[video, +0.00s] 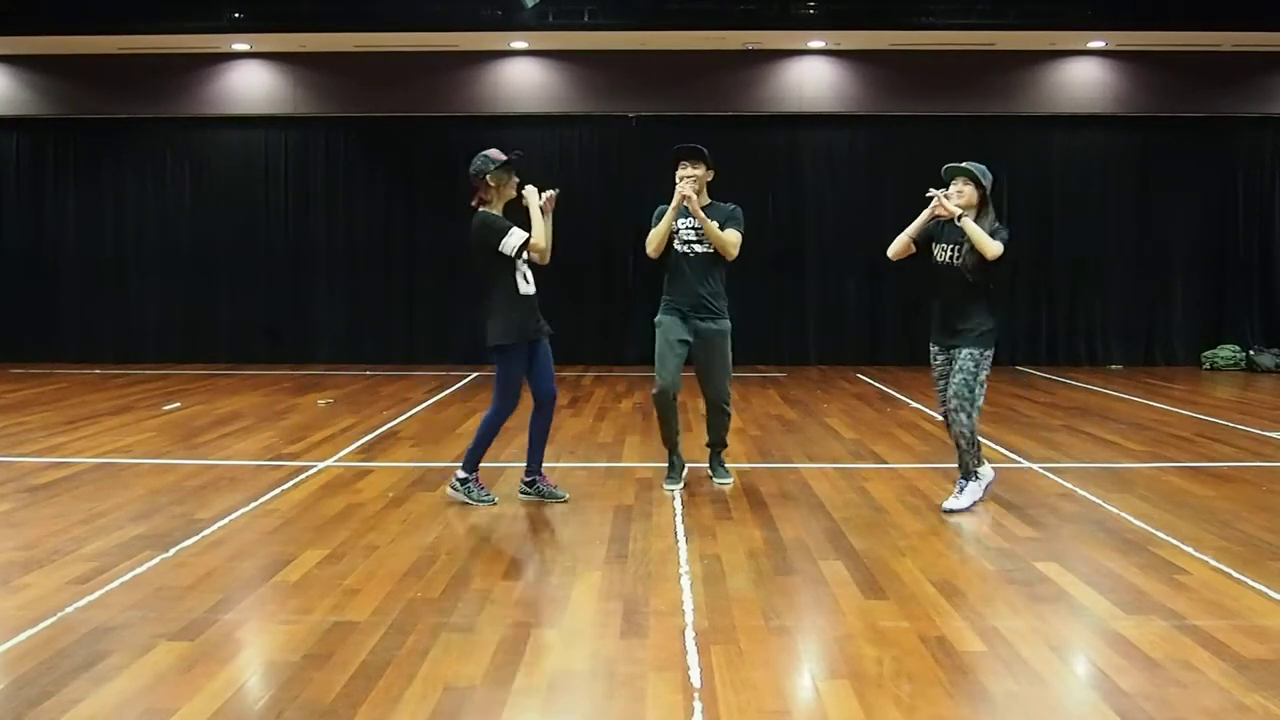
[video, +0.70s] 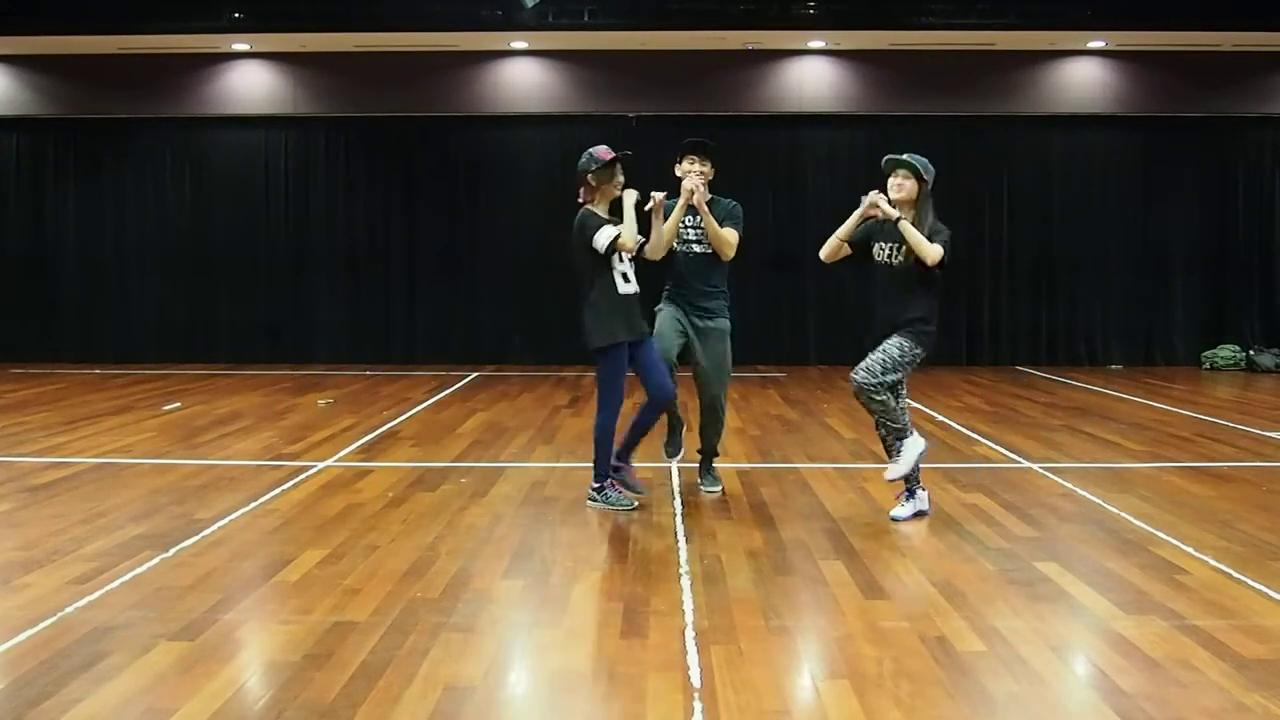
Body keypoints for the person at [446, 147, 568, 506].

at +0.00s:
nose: (515, 180)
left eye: (513, 173)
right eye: (508, 175)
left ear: (495, 182)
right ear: (489, 182)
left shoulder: (503, 220)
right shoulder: (486, 222)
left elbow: (541, 255)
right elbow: (539, 250)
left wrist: (545, 215)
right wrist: (534, 208)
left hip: (531, 321)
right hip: (508, 323)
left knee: (546, 395)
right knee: (505, 403)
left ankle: (533, 477)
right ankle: (465, 476)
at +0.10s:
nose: (531, 180)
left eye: (530, 174)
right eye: (523, 176)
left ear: (526, 180)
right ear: (504, 182)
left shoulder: (526, 221)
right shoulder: (496, 224)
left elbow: (556, 260)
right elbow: (542, 250)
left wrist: (561, 221)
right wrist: (547, 211)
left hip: (547, 318)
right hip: (525, 320)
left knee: (548, 397)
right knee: (547, 396)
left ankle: (533, 477)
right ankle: (490, 460)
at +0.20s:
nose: (545, 179)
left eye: (545, 173)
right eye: (537, 174)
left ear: (543, 177)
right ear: (517, 180)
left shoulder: (545, 218)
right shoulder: (509, 221)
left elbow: (579, 253)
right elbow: (547, 245)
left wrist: (580, 214)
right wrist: (557, 204)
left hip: (557, 317)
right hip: (535, 319)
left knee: (547, 397)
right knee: (575, 392)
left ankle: (535, 476)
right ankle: (528, 458)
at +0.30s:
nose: (560, 175)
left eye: (558, 169)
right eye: (552, 172)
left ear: (550, 175)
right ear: (534, 180)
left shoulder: (562, 214)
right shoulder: (524, 218)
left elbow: (603, 242)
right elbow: (558, 239)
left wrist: (596, 202)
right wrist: (569, 199)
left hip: (567, 317)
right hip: (546, 319)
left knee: (549, 398)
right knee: (588, 390)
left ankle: (532, 476)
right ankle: (569, 471)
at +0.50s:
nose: (590, 177)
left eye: (588, 172)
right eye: (582, 174)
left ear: (588, 177)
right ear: (563, 183)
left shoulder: (594, 217)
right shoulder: (554, 223)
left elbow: (627, 255)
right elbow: (588, 251)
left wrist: (628, 215)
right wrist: (597, 207)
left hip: (602, 319)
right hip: (581, 321)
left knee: (589, 402)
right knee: (602, 399)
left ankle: (544, 470)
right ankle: (600, 484)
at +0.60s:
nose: (606, 182)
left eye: (605, 176)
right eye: (597, 178)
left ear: (604, 179)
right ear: (579, 183)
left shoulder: (604, 222)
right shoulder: (572, 223)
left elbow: (635, 262)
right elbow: (606, 251)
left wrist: (641, 223)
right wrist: (613, 208)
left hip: (621, 322)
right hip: (598, 324)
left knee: (633, 401)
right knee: (608, 402)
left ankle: (574, 453)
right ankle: (601, 485)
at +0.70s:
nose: (619, 180)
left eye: (618, 173)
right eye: (611, 175)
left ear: (615, 177)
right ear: (593, 181)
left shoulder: (617, 217)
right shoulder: (587, 219)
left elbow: (655, 251)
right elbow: (627, 243)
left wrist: (658, 214)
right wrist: (629, 205)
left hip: (634, 323)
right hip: (609, 326)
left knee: (663, 394)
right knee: (609, 406)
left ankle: (620, 459)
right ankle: (600, 484)